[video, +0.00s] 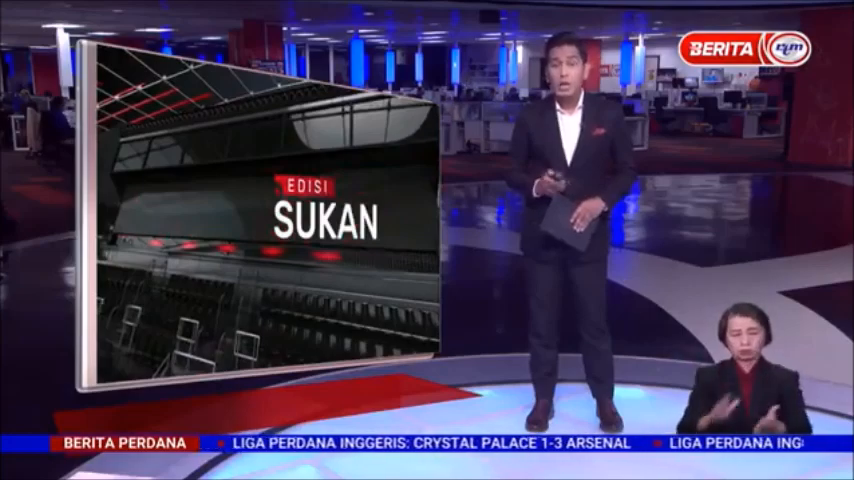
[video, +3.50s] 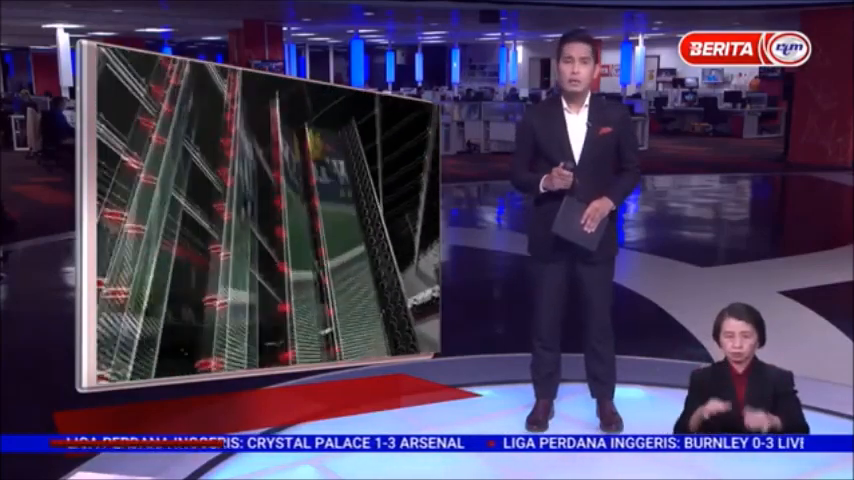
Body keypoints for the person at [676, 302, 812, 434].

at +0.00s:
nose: (745, 341)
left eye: (752, 333)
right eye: (736, 334)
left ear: (765, 337)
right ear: (725, 340)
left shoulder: (785, 379)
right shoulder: (708, 377)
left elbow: (804, 432)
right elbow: (684, 430)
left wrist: (777, 428)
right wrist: (710, 419)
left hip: (770, 465)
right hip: (716, 464)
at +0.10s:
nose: (745, 340)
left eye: (753, 332)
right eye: (737, 333)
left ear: (766, 336)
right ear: (726, 339)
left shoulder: (784, 379)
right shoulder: (709, 376)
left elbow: (799, 430)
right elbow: (691, 428)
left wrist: (772, 415)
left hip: (769, 461)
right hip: (717, 460)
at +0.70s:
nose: (746, 339)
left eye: (754, 331)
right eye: (737, 333)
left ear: (767, 337)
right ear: (727, 340)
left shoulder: (786, 381)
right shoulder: (711, 374)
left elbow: (797, 437)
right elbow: (688, 414)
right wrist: (720, 384)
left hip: (770, 466)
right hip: (718, 463)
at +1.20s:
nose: (746, 342)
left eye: (755, 334)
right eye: (738, 334)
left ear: (768, 338)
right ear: (728, 340)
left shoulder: (787, 381)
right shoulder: (711, 375)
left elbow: (797, 435)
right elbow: (684, 425)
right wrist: (705, 403)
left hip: (770, 466)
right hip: (718, 463)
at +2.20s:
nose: (723, 350)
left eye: (733, 342)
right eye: (717, 341)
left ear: (747, 345)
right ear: (706, 343)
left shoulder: (770, 378)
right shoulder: (695, 381)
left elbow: (799, 427)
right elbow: (680, 437)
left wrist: (772, 398)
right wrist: (703, 406)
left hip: (764, 461)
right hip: (711, 462)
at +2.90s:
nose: (732, 343)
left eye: (741, 335)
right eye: (724, 335)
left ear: (754, 339)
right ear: (714, 340)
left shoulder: (775, 379)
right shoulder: (701, 381)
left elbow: (792, 431)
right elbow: (692, 432)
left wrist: (759, 411)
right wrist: (722, 405)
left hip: (766, 461)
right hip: (715, 461)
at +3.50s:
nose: (737, 344)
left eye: (745, 336)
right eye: (729, 336)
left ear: (758, 340)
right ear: (719, 340)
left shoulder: (779, 379)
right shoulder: (702, 379)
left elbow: (801, 430)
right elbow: (680, 433)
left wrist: (772, 422)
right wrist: (701, 414)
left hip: (767, 465)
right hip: (712, 464)